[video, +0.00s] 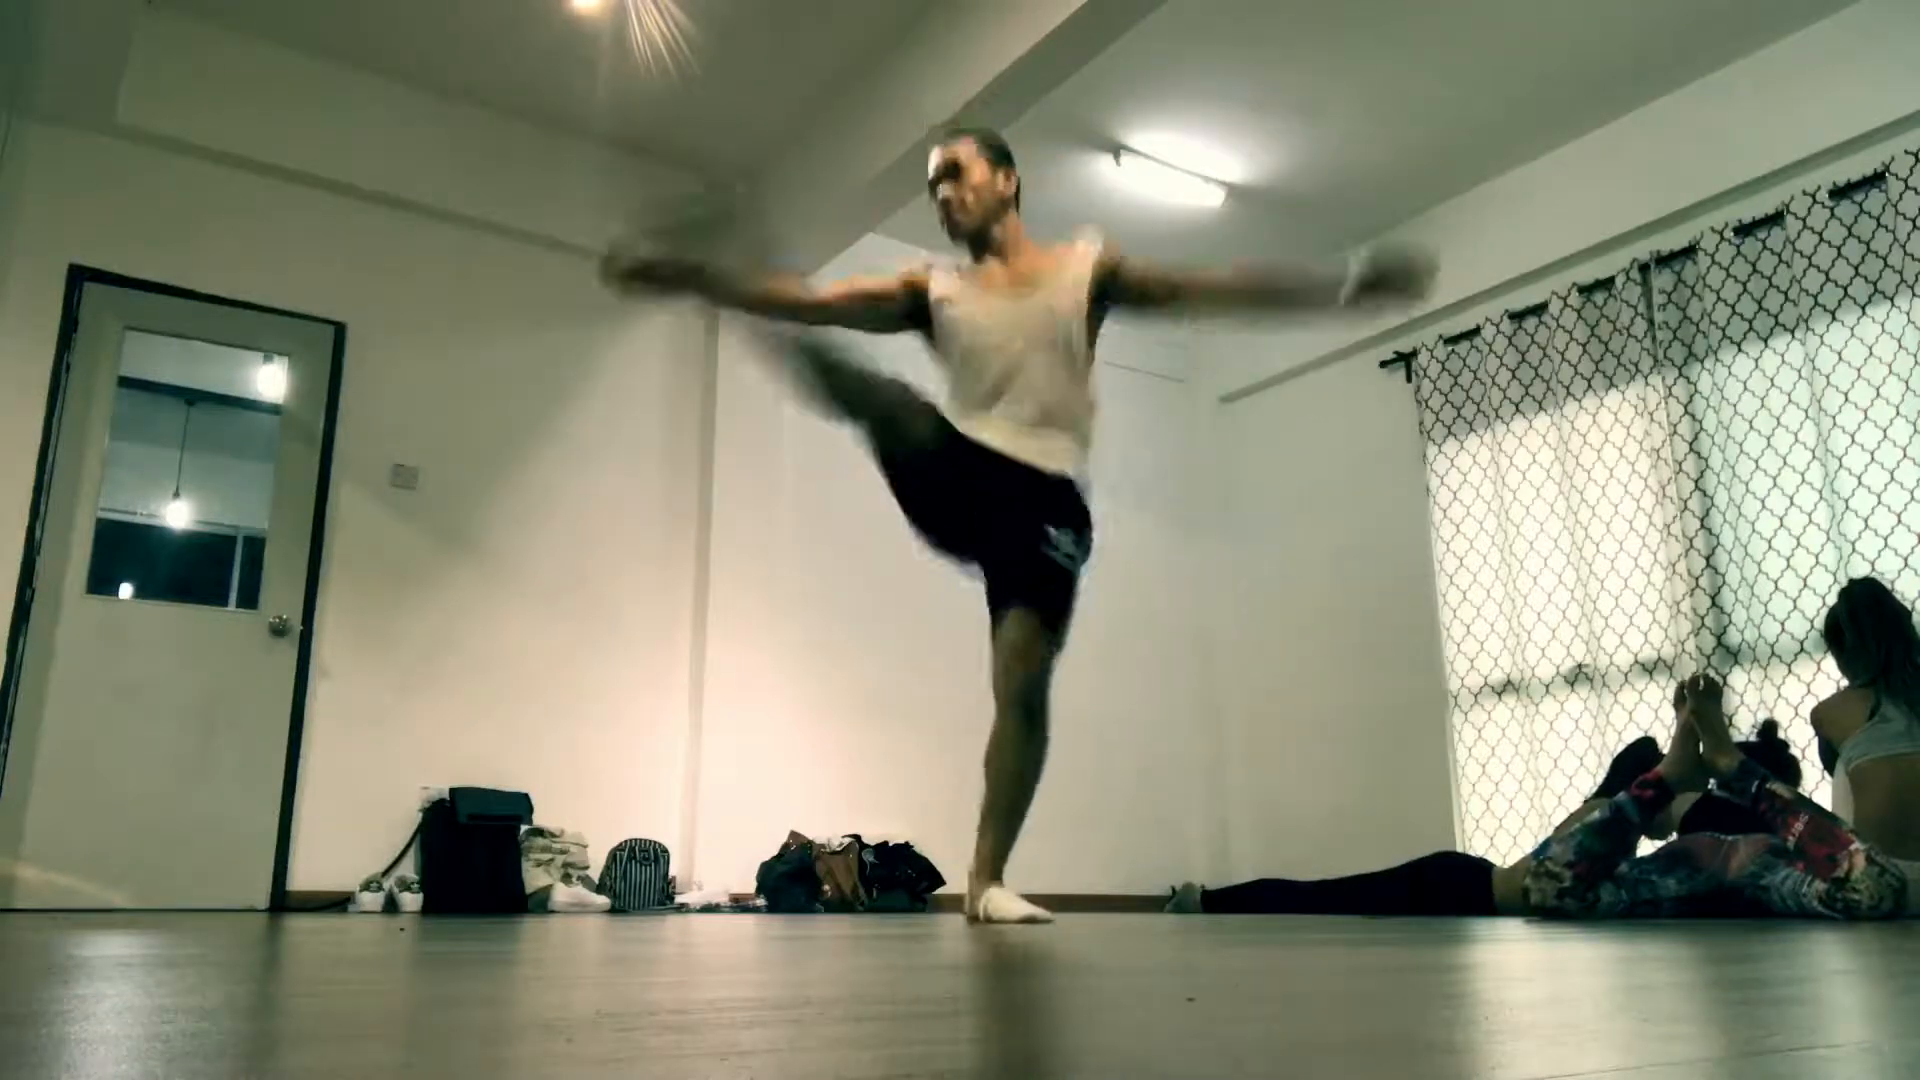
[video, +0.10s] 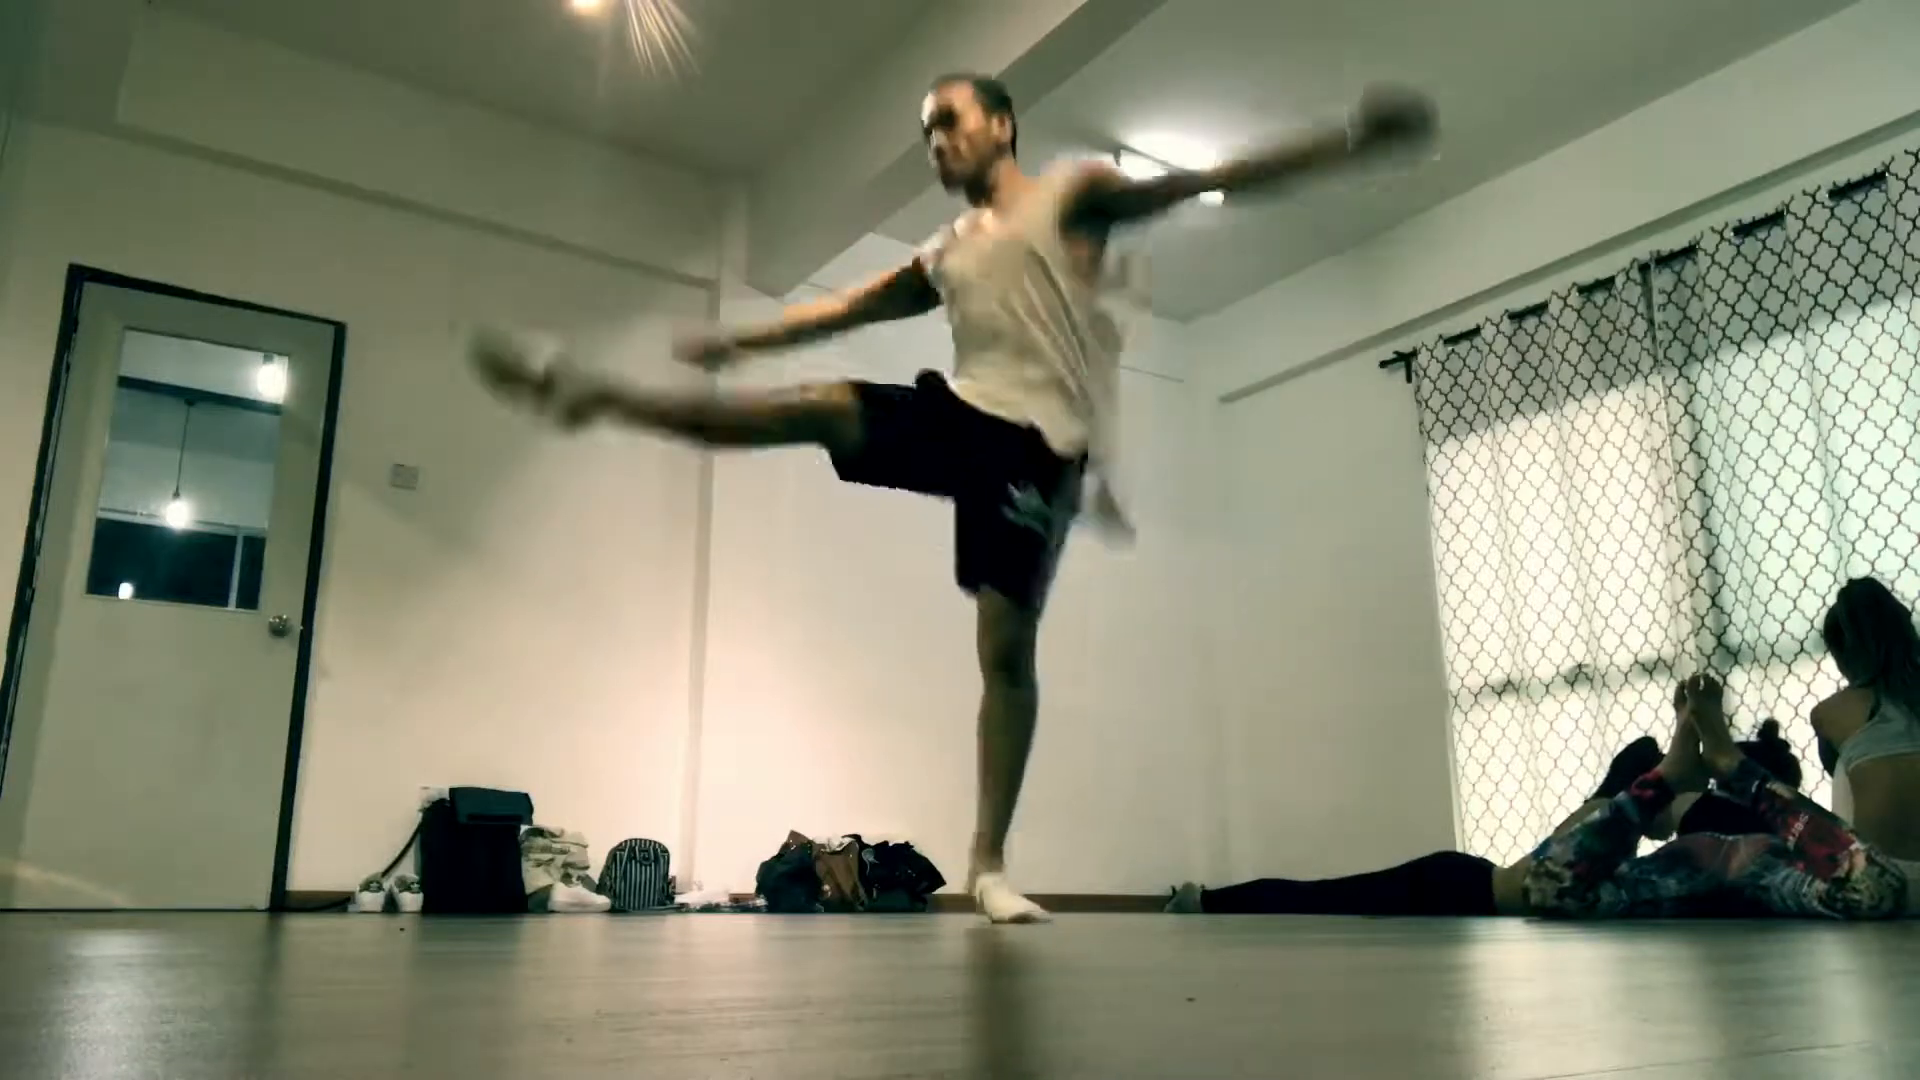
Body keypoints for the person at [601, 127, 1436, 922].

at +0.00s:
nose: (946, 193)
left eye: (958, 175)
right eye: (937, 184)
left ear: (1007, 179)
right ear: (941, 205)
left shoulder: (1087, 263)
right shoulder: (936, 289)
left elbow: (1211, 287)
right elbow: (807, 298)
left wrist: (1339, 290)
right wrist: (691, 280)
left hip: (1045, 494)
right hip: (956, 473)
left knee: (1023, 684)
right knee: (867, 392)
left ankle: (985, 884)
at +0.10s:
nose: (936, 138)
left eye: (950, 120)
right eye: (929, 129)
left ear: (1004, 122)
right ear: (942, 148)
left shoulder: (1069, 188)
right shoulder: (952, 253)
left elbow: (1213, 182)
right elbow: (838, 308)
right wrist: (738, 337)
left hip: (1038, 448)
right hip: (956, 419)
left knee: (1005, 651)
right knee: (809, 406)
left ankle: (987, 869)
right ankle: (586, 397)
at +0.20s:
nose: (921, 114)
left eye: (936, 96)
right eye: (915, 105)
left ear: (990, 100)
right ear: (929, 129)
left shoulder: (1028, 156)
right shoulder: (951, 234)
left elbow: (1131, 153)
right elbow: (920, 345)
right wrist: (847, 411)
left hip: (1037, 398)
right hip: (973, 405)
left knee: (1001, 611)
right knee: (822, 448)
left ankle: (1020, 836)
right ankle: (639, 486)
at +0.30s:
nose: (906, 118)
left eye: (923, 101)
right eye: (907, 106)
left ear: (975, 112)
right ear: (940, 122)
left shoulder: (983, 177)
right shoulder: (956, 205)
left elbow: (999, 186)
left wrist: (968, 178)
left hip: (994, 419)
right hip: (970, 420)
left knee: (996, 647)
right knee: (892, 503)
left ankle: (1027, 853)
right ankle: (804, 567)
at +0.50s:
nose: (874, 95)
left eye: (880, 83)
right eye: (884, 81)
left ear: (889, 96)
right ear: (959, 107)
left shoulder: (837, 185)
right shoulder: (988, 172)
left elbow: (813, 307)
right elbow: (1088, 244)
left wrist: (894, 289)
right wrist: (1043, 271)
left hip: (906, 447)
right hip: (1006, 409)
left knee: (951, 649)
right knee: (1102, 511)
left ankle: (996, 840)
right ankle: (1176, 597)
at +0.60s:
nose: (958, 100)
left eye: (954, 86)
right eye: (943, 86)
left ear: (882, 111)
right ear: (899, 99)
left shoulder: (845, 218)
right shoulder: (922, 161)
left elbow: (901, 309)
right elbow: (991, 218)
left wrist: (989, 292)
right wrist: (1043, 261)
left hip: (889, 427)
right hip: (959, 386)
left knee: (935, 625)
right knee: (1136, 456)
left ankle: (944, 841)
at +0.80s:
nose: (884, 175)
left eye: (900, 158)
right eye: (874, 170)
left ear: (950, 173)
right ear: (876, 196)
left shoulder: (1015, 283)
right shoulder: (864, 266)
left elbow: (1126, 346)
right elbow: (773, 255)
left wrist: (1234, 370)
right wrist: (713, 209)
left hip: (968, 497)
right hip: (875, 479)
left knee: (966, 680)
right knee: (899, 405)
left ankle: (896, 879)